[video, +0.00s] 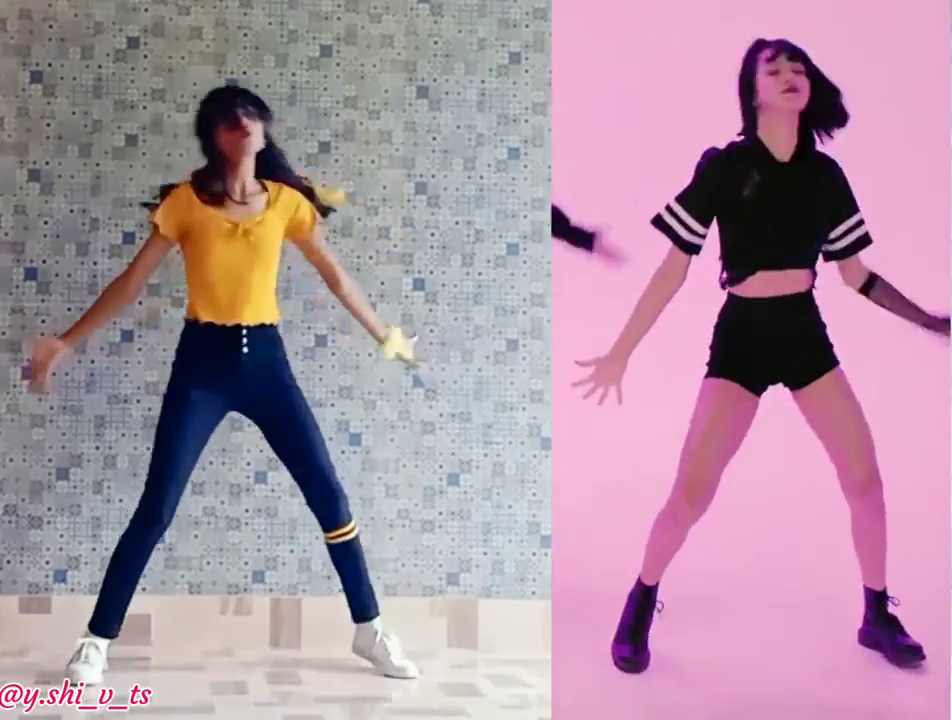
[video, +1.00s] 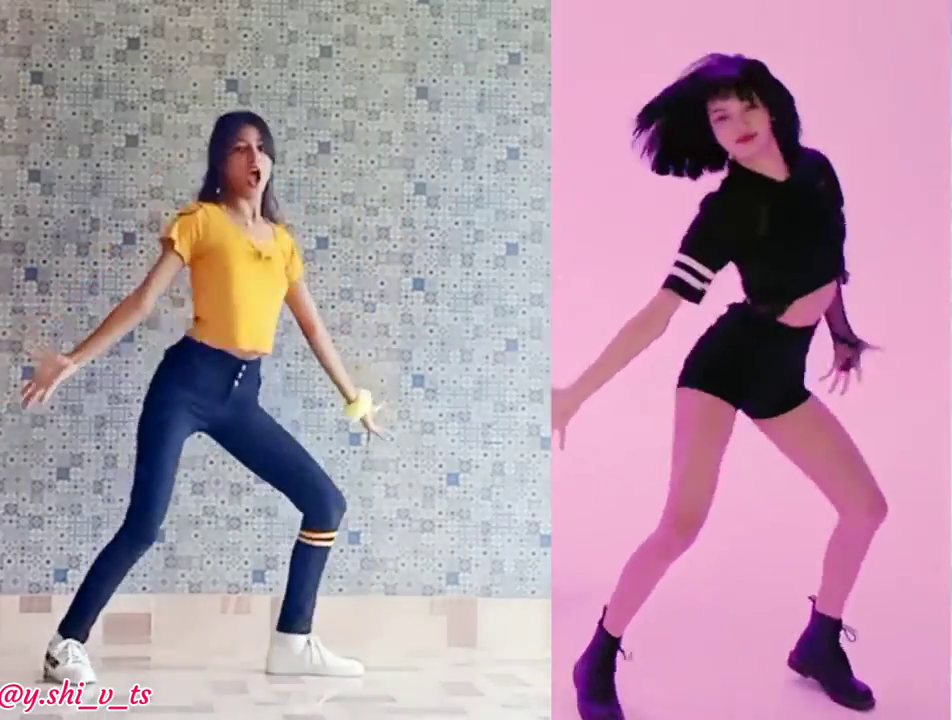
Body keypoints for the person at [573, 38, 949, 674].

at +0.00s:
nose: (789, 75)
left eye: (797, 67)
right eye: (773, 68)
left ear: (811, 87)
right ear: (751, 90)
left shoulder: (823, 172)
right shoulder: (722, 169)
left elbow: (857, 273)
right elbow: (672, 269)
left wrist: (929, 320)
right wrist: (621, 351)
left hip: (805, 334)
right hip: (741, 337)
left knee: (864, 480)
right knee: (691, 497)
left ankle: (877, 614)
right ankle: (640, 606)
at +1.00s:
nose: (739, 123)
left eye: (748, 106)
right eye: (722, 116)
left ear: (773, 108)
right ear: (710, 134)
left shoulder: (817, 172)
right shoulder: (727, 207)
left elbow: (826, 256)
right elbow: (659, 312)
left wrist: (840, 327)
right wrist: (574, 393)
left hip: (779, 370)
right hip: (722, 362)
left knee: (864, 507)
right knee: (680, 527)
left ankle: (820, 643)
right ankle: (599, 659)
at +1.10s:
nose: (756, 150)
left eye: (766, 135)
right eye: (739, 140)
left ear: (783, 140)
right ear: (720, 152)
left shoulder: (789, 198)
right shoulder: (724, 230)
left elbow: (801, 279)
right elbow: (680, 338)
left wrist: (860, 321)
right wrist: (623, 432)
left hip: (777, 402)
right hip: (725, 396)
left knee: (852, 542)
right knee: (669, 559)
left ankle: (771, 659)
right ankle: (566, 663)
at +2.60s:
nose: (791, 79)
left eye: (805, 68)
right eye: (783, 70)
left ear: (838, 77)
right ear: (781, 78)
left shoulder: (796, 137)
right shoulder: (814, 136)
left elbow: (704, 196)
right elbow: (700, 185)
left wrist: (697, 108)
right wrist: (697, 108)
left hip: (740, 329)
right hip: (767, 324)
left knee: (687, 502)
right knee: (772, 491)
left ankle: (661, 669)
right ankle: (817, 650)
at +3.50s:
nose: (774, 118)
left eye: (786, 105)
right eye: (764, 109)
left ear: (813, 110)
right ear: (757, 117)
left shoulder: (810, 167)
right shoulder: (793, 173)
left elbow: (742, 252)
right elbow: (713, 239)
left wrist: (740, 236)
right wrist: (708, 156)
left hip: (773, 376)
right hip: (786, 370)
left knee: (651, 498)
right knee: (753, 514)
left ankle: (678, 671)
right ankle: (841, 653)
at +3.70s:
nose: (792, 109)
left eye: (802, 95)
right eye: (781, 103)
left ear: (830, 101)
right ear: (774, 117)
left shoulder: (826, 161)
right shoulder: (791, 171)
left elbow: (752, 249)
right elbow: (714, 241)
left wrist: (751, 241)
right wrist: (707, 168)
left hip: (805, 369)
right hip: (807, 364)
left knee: (674, 491)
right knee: (767, 512)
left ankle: (697, 665)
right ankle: (859, 647)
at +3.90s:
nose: (718, 173)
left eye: (719, 155)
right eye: (707, 179)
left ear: (751, 143)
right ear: (714, 191)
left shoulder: (766, 193)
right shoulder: (782, 207)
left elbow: (752, 304)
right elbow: (737, 327)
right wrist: (694, 256)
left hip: (833, 399)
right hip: (846, 392)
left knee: (693, 489)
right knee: (777, 512)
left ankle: (704, 659)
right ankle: (863, 643)